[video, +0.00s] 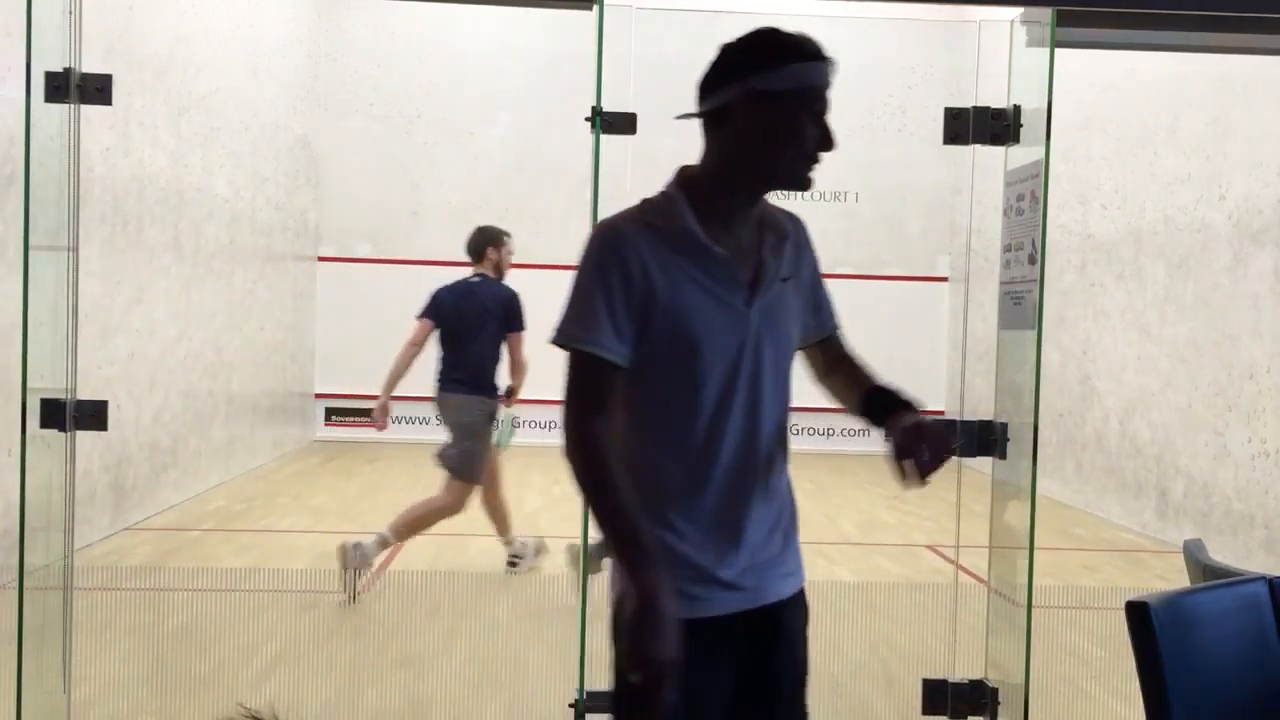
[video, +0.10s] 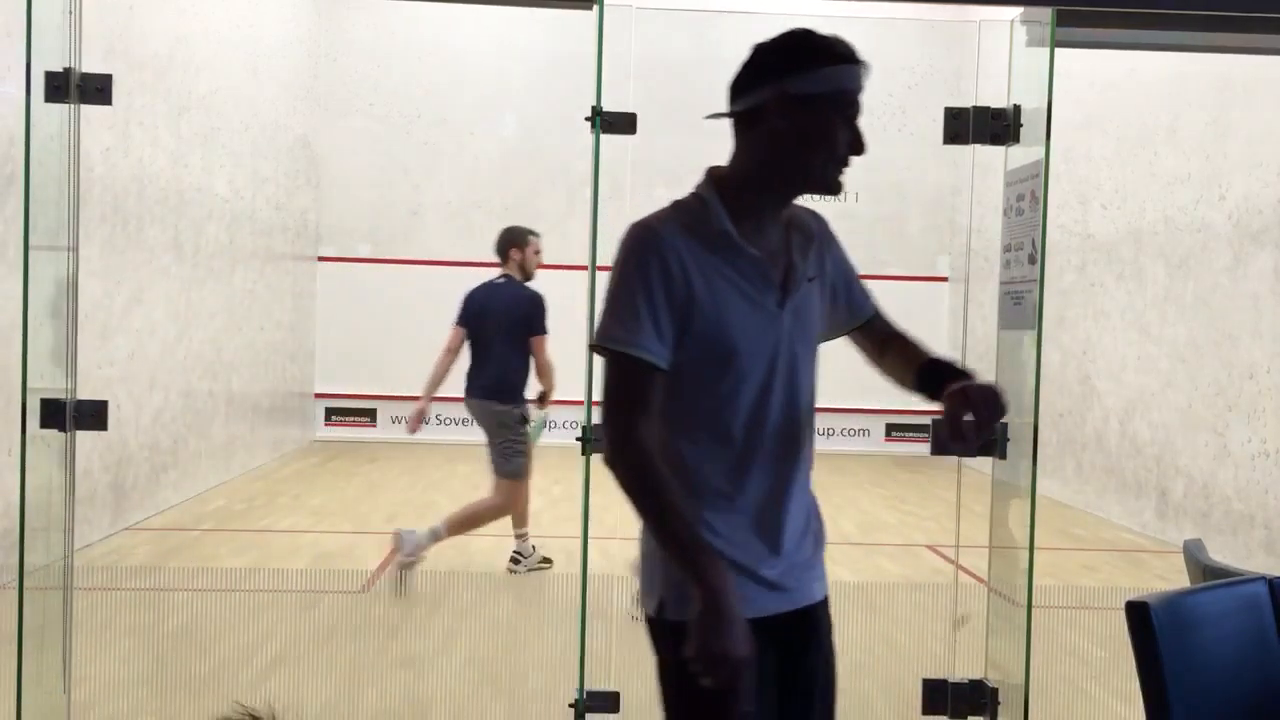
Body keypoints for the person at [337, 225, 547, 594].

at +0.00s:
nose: (511, 259)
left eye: (510, 252)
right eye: (508, 252)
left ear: (479, 256)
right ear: (491, 254)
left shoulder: (446, 294)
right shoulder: (505, 297)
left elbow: (413, 345)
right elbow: (517, 360)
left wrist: (384, 396)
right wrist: (514, 389)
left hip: (449, 399)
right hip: (477, 404)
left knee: (490, 473)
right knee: (453, 501)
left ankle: (514, 548)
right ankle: (367, 550)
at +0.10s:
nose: (540, 259)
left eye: (539, 253)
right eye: (536, 253)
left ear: (510, 256)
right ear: (515, 254)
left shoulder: (477, 295)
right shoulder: (530, 299)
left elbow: (451, 350)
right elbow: (541, 360)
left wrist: (425, 399)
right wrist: (548, 389)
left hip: (476, 398)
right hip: (504, 403)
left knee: (521, 461)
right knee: (506, 500)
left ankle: (523, 548)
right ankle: (420, 541)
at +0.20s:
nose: (567, 248)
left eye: (568, 241)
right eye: (562, 241)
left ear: (536, 244)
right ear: (540, 242)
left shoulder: (505, 280)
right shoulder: (551, 287)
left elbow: (481, 337)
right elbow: (561, 349)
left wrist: (479, 388)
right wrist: (575, 377)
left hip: (498, 385)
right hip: (526, 390)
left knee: (526, 463)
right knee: (554, 481)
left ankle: (524, 549)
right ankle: (476, 536)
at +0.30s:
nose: (589, 241)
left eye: (590, 234)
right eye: (584, 233)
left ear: (561, 237)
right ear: (562, 234)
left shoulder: (530, 270)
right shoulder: (569, 279)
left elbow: (505, 325)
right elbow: (578, 343)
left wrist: (537, 342)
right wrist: (598, 363)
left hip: (516, 377)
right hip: (545, 382)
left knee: (531, 456)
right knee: (586, 463)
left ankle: (524, 545)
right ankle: (544, 542)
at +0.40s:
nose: (611, 243)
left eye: (613, 236)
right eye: (606, 234)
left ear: (582, 237)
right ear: (582, 234)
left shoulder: (552, 269)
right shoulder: (587, 278)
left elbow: (530, 321)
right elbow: (593, 336)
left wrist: (566, 337)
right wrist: (623, 364)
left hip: (538, 378)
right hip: (566, 382)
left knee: (542, 458)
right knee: (602, 457)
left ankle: (527, 547)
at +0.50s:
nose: (631, 244)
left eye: (632, 238)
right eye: (627, 237)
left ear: (602, 240)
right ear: (606, 237)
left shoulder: (570, 273)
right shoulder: (609, 282)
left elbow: (547, 327)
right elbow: (618, 347)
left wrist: (585, 330)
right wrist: (645, 370)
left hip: (558, 384)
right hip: (592, 388)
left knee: (554, 461)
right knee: (620, 466)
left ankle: (529, 547)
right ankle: (629, 561)